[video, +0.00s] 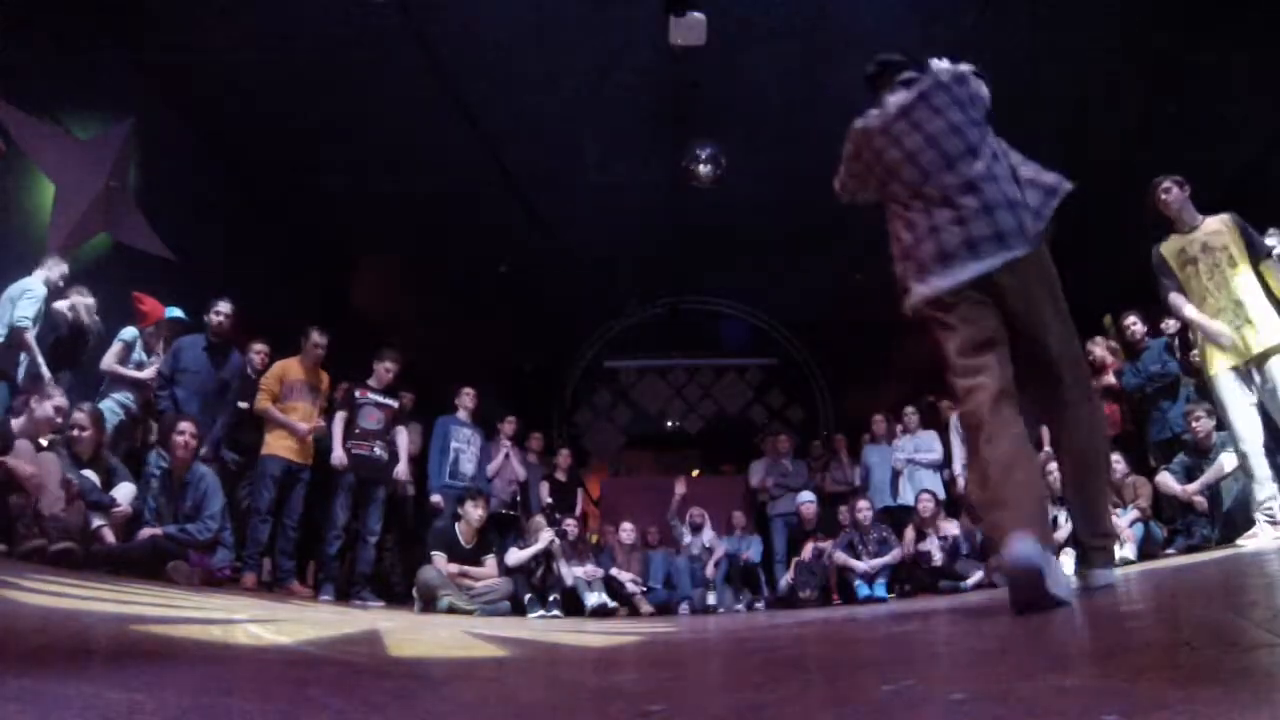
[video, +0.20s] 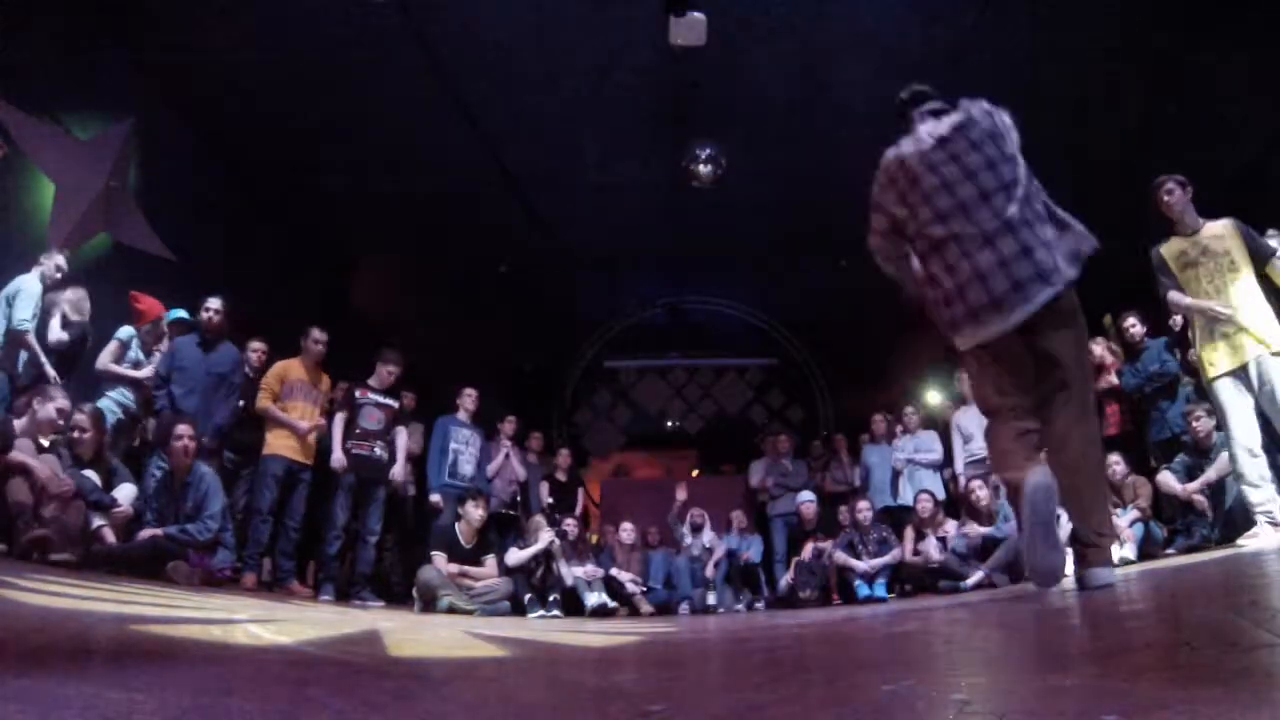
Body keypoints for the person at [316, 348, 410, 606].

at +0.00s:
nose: (389, 376)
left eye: (393, 373)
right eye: (386, 370)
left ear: (396, 376)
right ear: (375, 366)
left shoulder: (394, 403)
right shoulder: (353, 392)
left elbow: (400, 432)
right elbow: (339, 420)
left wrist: (403, 461)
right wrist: (337, 449)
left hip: (379, 466)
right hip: (351, 462)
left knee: (371, 530)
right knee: (339, 525)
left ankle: (360, 586)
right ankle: (327, 583)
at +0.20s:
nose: (390, 378)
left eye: (395, 375)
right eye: (387, 372)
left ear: (398, 377)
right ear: (377, 368)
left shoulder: (395, 403)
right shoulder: (354, 391)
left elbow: (401, 432)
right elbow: (339, 420)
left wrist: (400, 462)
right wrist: (337, 451)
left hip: (379, 468)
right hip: (351, 463)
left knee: (371, 530)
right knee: (338, 525)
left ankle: (361, 586)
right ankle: (327, 583)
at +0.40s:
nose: (392, 380)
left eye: (396, 377)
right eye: (389, 374)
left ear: (398, 378)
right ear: (378, 369)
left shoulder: (394, 403)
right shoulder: (354, 391)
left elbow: (400, 432)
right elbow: (339, 419)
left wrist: (397, 462)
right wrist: (337, 450)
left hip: (379, 466)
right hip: (351, 461)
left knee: (371, 530)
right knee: (339, 525)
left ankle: (360, 586)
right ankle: (327, 583)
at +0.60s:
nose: (392, 379)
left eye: (397, 376)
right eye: (389, 373)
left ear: (399, 378)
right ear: (378, 370)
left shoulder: (395, 403)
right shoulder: (354, 391)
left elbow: (399, 431)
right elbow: (339, 418)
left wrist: (397, 461)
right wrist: (337, 449)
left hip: (378, 466)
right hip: (351, 461)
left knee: (371, 530)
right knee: (339, 525)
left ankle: (361, 586)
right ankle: (328, 583)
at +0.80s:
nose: (392, 380)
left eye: (397, 376)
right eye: (390, 374)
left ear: (399, 378)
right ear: (379, 369)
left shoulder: (395, 403)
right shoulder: (355, 391)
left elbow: (399, 431)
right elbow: (339, 418)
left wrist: (398, 460)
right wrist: (336, 448)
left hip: (378, 466)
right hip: (350, 461)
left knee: (370, 530)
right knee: (338, 525)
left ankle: (361, 586)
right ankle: (327, 583)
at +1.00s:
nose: (394, 380)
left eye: (398, 377)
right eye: (392, 374)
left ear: (399, 378)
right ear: (381, 369)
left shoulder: (395, 402)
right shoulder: (355, 390)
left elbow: (400, 431)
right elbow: (340, 417)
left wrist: (399, 461)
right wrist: (337, 447)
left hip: (379, 465)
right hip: (351, 460)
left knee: (370, 530)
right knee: (338, 525)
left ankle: (361, 586)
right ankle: (327, 583)